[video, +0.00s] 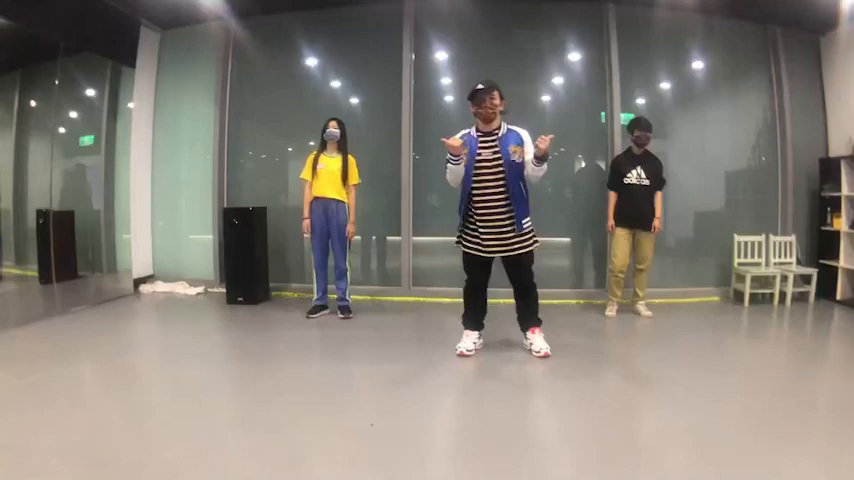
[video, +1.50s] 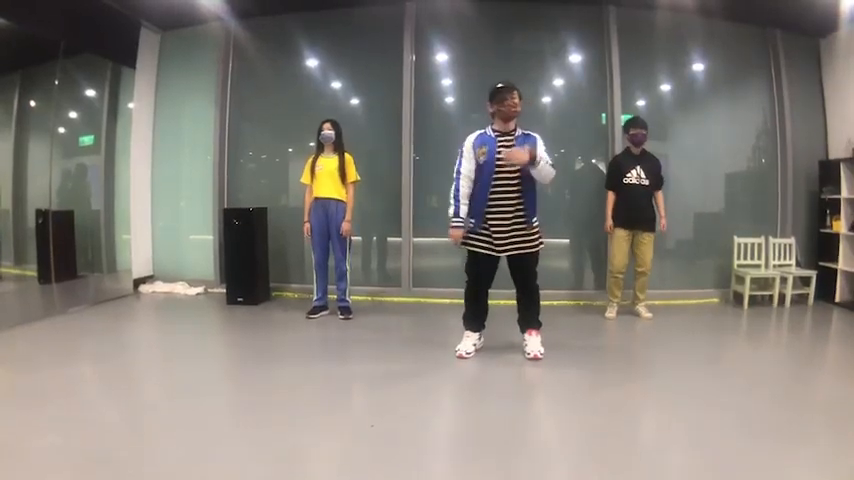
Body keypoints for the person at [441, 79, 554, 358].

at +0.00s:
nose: (488, 105)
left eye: (492, 99)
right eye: (481, 101)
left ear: (502, 104)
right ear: (473, 107)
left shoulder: (518, 135)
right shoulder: (463, 140)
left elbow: (533, 177)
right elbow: (454, 181)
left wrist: (540, 157)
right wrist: (456, 156)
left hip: (513, 224)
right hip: (476, 226)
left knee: (523, 280)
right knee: (475, 281)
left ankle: (532, 331)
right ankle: (471, 332)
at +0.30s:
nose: (504, 108)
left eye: (508, 102)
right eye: (497, 104)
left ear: (515, 106)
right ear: (486, 109)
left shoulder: (528, 141)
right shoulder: (473, 142)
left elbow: (539, 183)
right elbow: (462, 183)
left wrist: (541, 159)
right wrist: (460, 159)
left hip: (519, 226)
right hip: (481, 227)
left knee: (525, 282)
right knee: (474, 283)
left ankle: (531, 333)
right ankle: (470, 333)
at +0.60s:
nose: (518, 112)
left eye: (523, 106)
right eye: (512, 107)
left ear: (530, 107)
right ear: (501, 109)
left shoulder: (540, 144)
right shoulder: (485, 139)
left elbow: (548, 184)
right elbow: (472, 181)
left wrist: (552, 163)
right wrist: (476, 162)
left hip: (527, 227)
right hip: (490, 225)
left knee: (529, 282)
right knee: (480, 281)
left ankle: (531, 332)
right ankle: (472, 332)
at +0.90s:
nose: (501, 111)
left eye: (506, 105)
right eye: (494, 106)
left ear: (515, 107)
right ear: (485, 109)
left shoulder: (528, 142)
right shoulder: (474, 141)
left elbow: (536, 181)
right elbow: (460, 178)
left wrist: (537, 220)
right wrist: (470, 156)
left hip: (518, 226)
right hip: (480, 226)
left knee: (524, 281)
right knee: (473, 281)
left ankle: (530, 332)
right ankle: (470, 332)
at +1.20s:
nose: (490, 107)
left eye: (494, 101)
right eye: (483, 103)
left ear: (504, 105)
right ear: (475, 108)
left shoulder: (519, 137)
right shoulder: (463, 141)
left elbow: (537, 172)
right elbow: (453, 175)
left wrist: (530, 211)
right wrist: (461, 160)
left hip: (511, 223)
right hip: (474, 225)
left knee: (520, 279)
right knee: (474, 281)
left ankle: (528, 330)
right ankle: (472, 331)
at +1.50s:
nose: (512, 103)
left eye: (515, 98)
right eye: (505, 99)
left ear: (521, 104)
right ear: (492, 106)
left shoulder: (532, 141)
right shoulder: (475, 141)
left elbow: (548, 177)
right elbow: (463, 181)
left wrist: (531, 158)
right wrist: (458, 221)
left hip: (522, 226)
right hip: (484, 226)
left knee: (527, 281)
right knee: (477, 282)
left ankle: (531, 333)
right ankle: (472, 333)